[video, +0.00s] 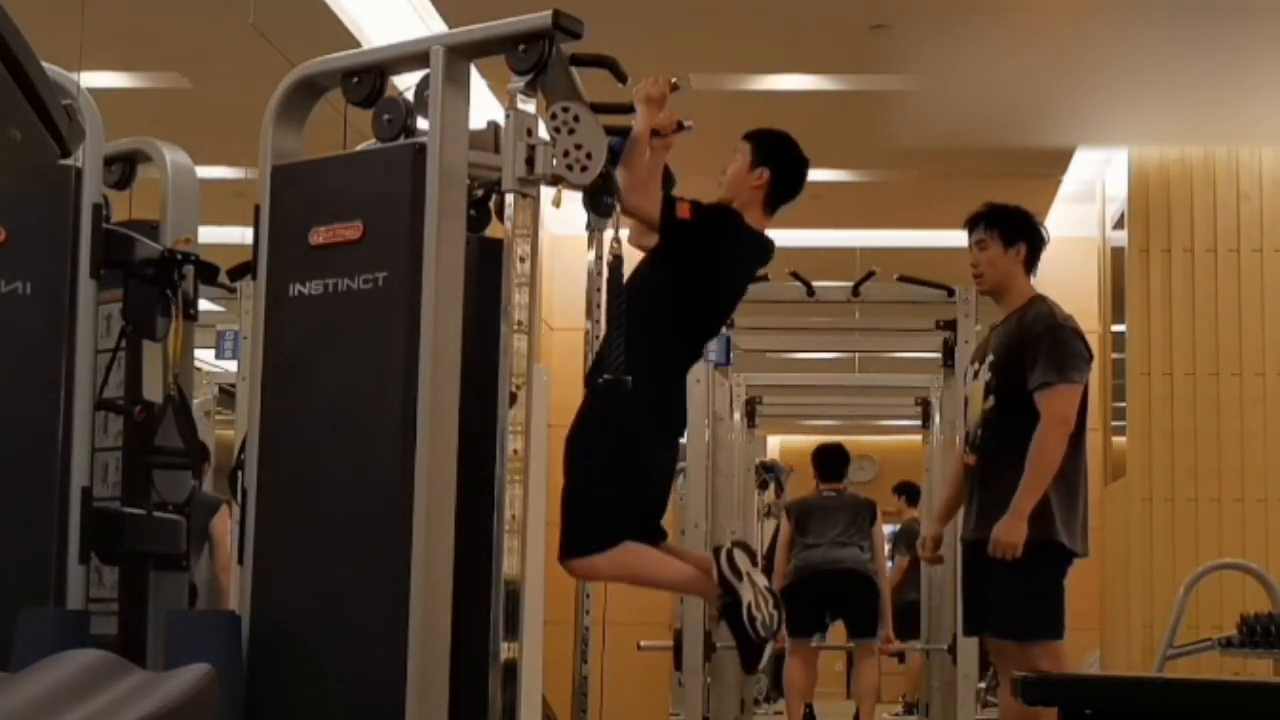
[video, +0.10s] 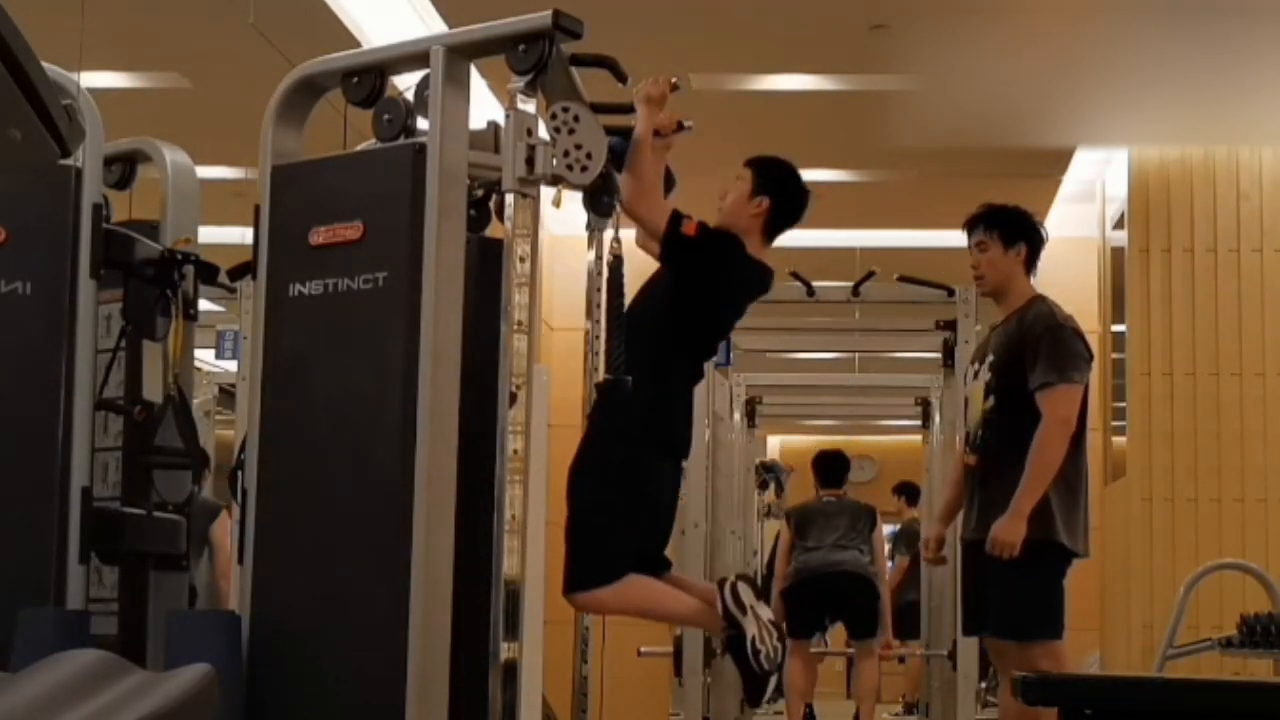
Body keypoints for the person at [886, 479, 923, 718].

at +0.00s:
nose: (894, 503)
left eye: (895, 499)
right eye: (895, 499)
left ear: (902, 499)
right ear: (914, 500)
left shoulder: (907, 528)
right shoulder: (919, 526)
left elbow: (902, 563)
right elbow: (908, 563)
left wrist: (887, 586)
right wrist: (891, 583)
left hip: (910, 595)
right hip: (918, 593)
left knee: (912, 648)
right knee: (915, 649)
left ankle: (911, 701)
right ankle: (914, 699)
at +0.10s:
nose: (894, 503)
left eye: (895, 499)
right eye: (895, 499)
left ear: (902, 499)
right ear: (914, 499)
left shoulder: (908, 528)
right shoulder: (917, 526)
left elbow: (902, 563)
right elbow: (905, 563)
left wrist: (887, 588)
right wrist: (890, 586)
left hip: (910, 596)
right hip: (915, 594)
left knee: (912, 649)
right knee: (913, 649)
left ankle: (910, 701)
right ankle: (913, 700)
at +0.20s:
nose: (894, 504)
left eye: (895, 500)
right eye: (895, 500)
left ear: (902, 500)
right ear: (914, 500)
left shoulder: (908, 528)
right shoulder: (918, 526)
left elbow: (902, 562)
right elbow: (906, 562)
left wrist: (887, 588)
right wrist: (891, 586)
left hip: (910, 596)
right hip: (915, 594)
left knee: (912, 649)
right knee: (913, 649)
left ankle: (910, 701)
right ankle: (913, 700)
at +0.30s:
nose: (894, 504)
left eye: (895, 500)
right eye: (895, 500)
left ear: (902, 500)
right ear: (914, 500)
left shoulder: (908, 528)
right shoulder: (918, 526)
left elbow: (902, 562)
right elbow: (906, 562)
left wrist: (887, 588)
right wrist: (891, 585)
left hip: (910, 596)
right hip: (915, 594)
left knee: (912, 650)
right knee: (913, 650)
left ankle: (911, 701)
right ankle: (913, 699)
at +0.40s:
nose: (894, 504)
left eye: (895, 500)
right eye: (895, 500)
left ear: (902, 500)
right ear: (914, 500)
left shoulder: (907, 528)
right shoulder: (918, 526)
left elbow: (902, 562)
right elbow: (906, 562)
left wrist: (887, 587)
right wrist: (890, 584)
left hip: (910, 596)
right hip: (916, 594)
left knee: (912, 650)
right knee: (913, 650)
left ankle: (910, 701)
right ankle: (913, 699)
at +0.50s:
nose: (894, 504)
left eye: (896, 499)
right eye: (895, 500)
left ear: (902, 500)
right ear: (915, 500)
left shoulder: (906, 528)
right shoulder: (920, 526)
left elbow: (900, 561)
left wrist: (886, 586)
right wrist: (890, 582)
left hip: (909, 596)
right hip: (917, 594)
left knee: (912, 649)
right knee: (912, 649)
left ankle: (910, 701)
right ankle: (912, 699)